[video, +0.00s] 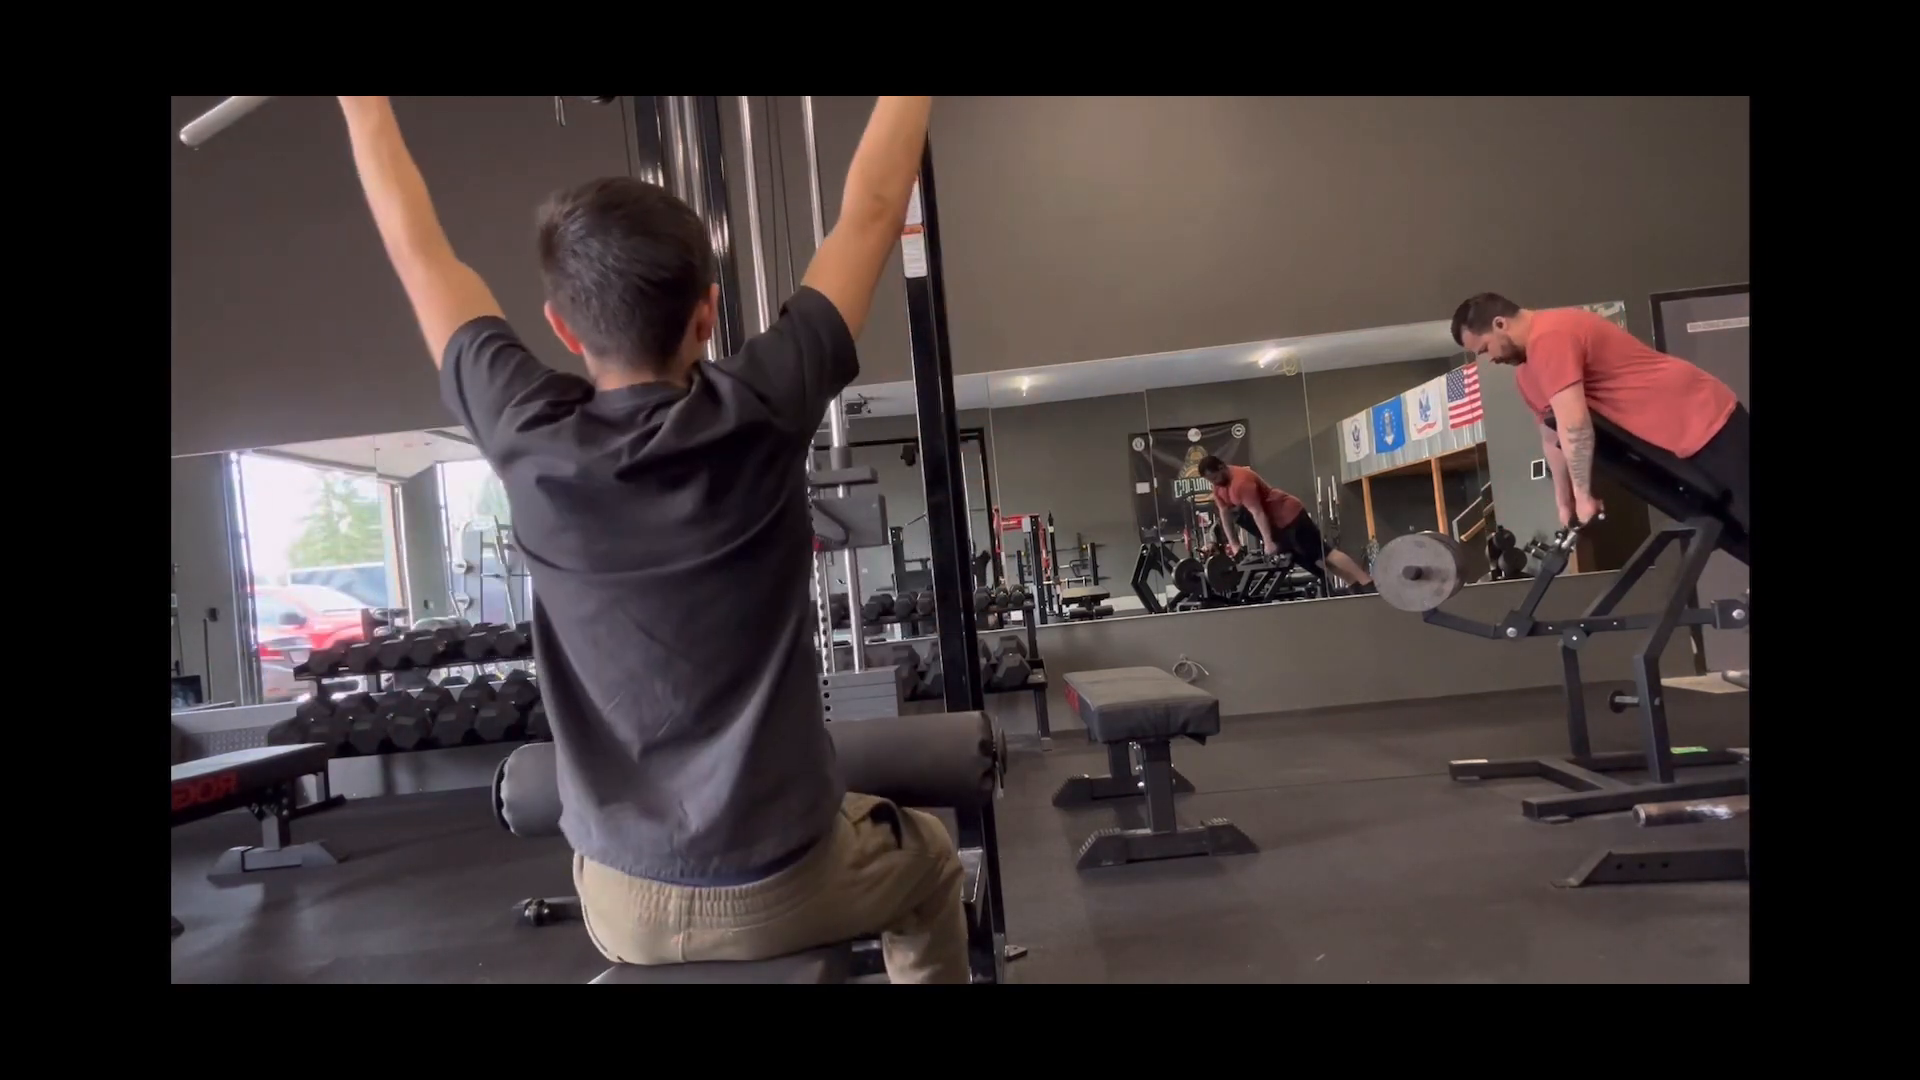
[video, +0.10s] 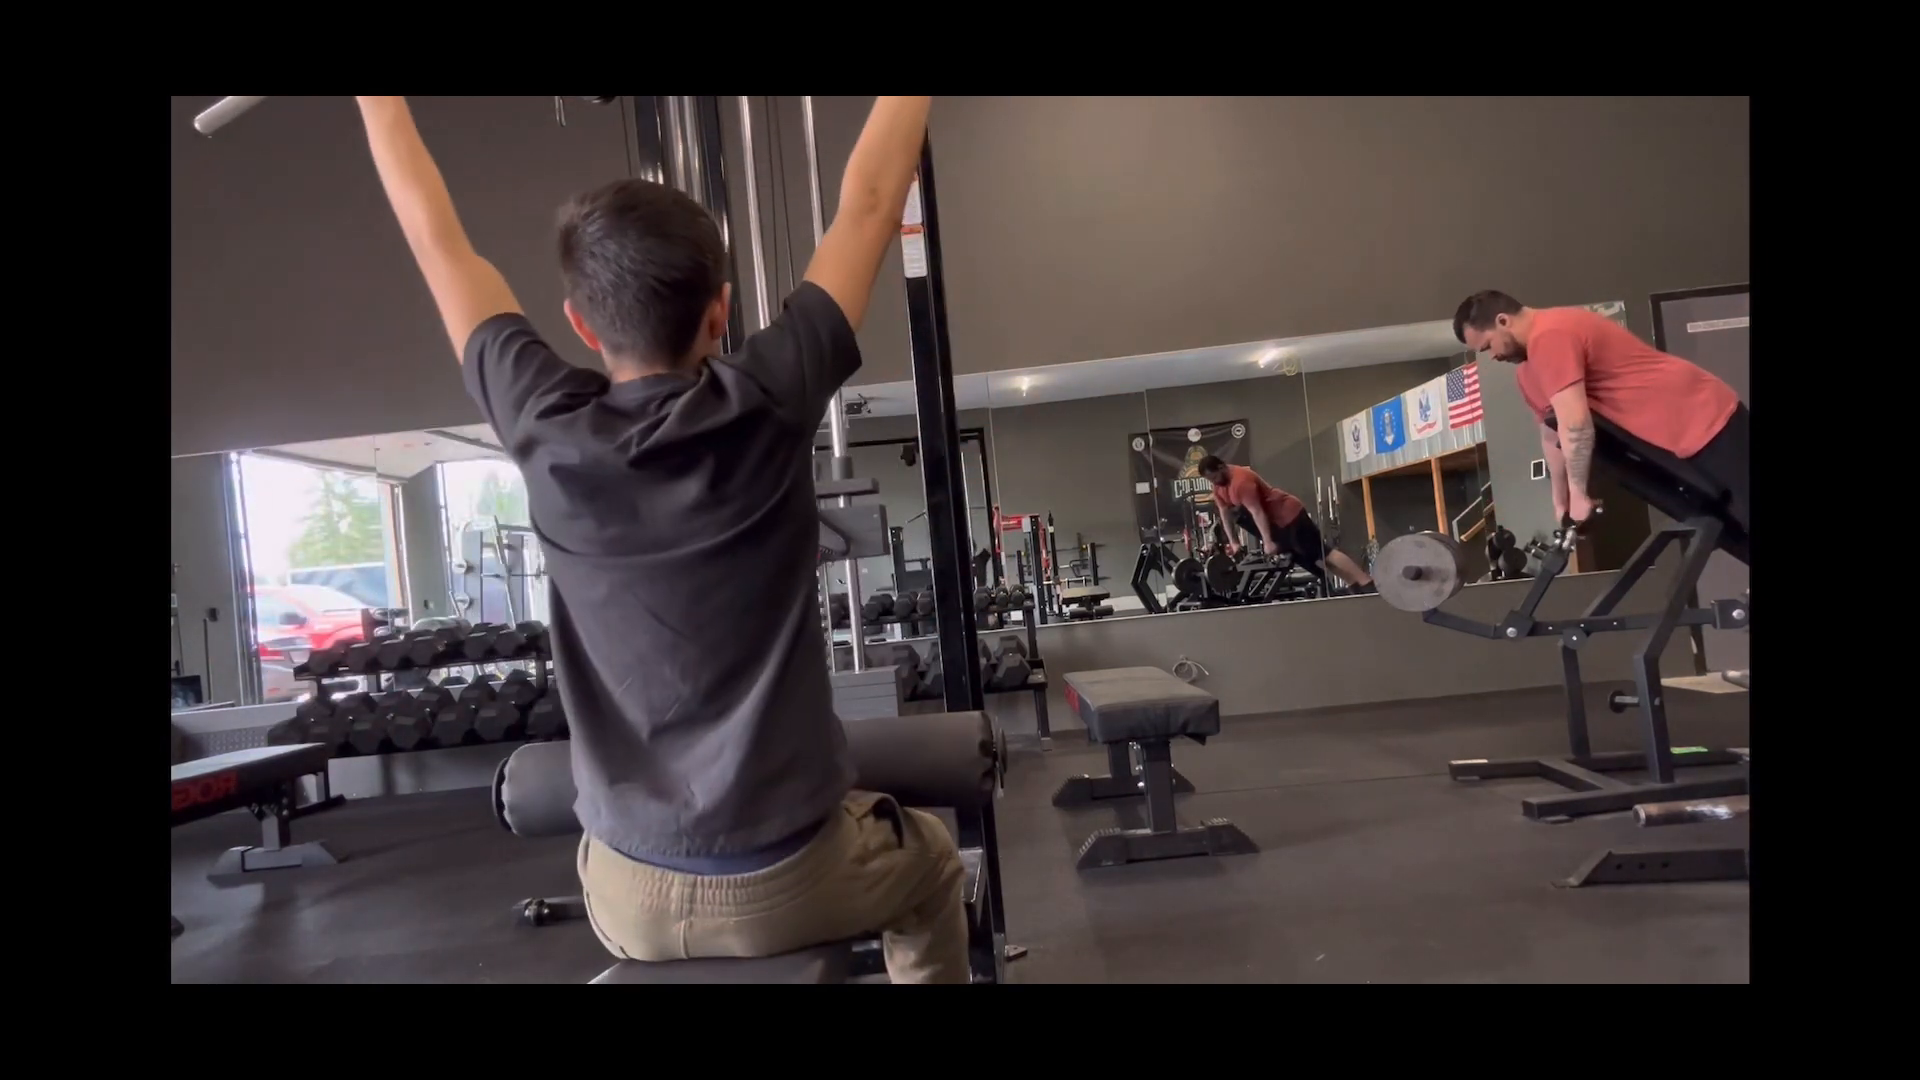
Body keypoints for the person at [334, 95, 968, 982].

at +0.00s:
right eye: (714, 296)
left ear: (562, 331)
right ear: (707, 319)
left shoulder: (532, 438)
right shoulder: (763, 409)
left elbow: (418, 250)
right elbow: (873, 216)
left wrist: (359, 100)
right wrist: (910, 84)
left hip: (618, 904)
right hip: (778, 897)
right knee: (924, 856)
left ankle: (635, 966)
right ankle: (936, 977)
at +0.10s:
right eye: (725, 294)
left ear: (581, 325)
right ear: (718, 318)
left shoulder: (549, 424)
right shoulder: (770, 396)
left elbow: (437, 242)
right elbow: (869, 209)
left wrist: (373, 94)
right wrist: (911, 84)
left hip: (625, 896)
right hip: (788, 890)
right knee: (927, 860)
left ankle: (637, 971)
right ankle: (931, 976)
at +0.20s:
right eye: (740, 296)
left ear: (598, 329)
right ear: (731, 319)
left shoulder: (564, 426)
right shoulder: (779, 403)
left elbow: (453, 243)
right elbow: (874, 216)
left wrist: (387, 94)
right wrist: (916, 87)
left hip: (628, 889)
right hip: (790, 884)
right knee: (929, 860)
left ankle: (641, 969)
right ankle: (930, 976)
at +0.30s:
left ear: (609, 330)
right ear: (741, 321)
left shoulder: (570, 432)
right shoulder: (786, 413)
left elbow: (461, 259)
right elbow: (885, 227)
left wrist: (397, 105)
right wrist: (922, 89)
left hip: (630, 885)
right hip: (793, 881)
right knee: (928, 857)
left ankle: (645, 971)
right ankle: (933, 977)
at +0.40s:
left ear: (609, 325)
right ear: (742, 316)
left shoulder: (565, 438)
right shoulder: (789, 417)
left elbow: (450, 280)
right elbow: (903, 248)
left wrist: (397, 121)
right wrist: (931, 95)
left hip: (632, 886)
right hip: (797, 879)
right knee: (926, 858)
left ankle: (648, 973)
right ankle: (931, 978)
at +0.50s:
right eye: (738, 294)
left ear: (592, 323)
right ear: (729, 316)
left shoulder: (552, 446)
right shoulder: (780, 423)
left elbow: (422, 300)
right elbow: (916, 269)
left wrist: (385, 133)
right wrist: (935, 101)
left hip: (630, 889)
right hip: (794, 881)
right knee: (923, 854)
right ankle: (936, 979)